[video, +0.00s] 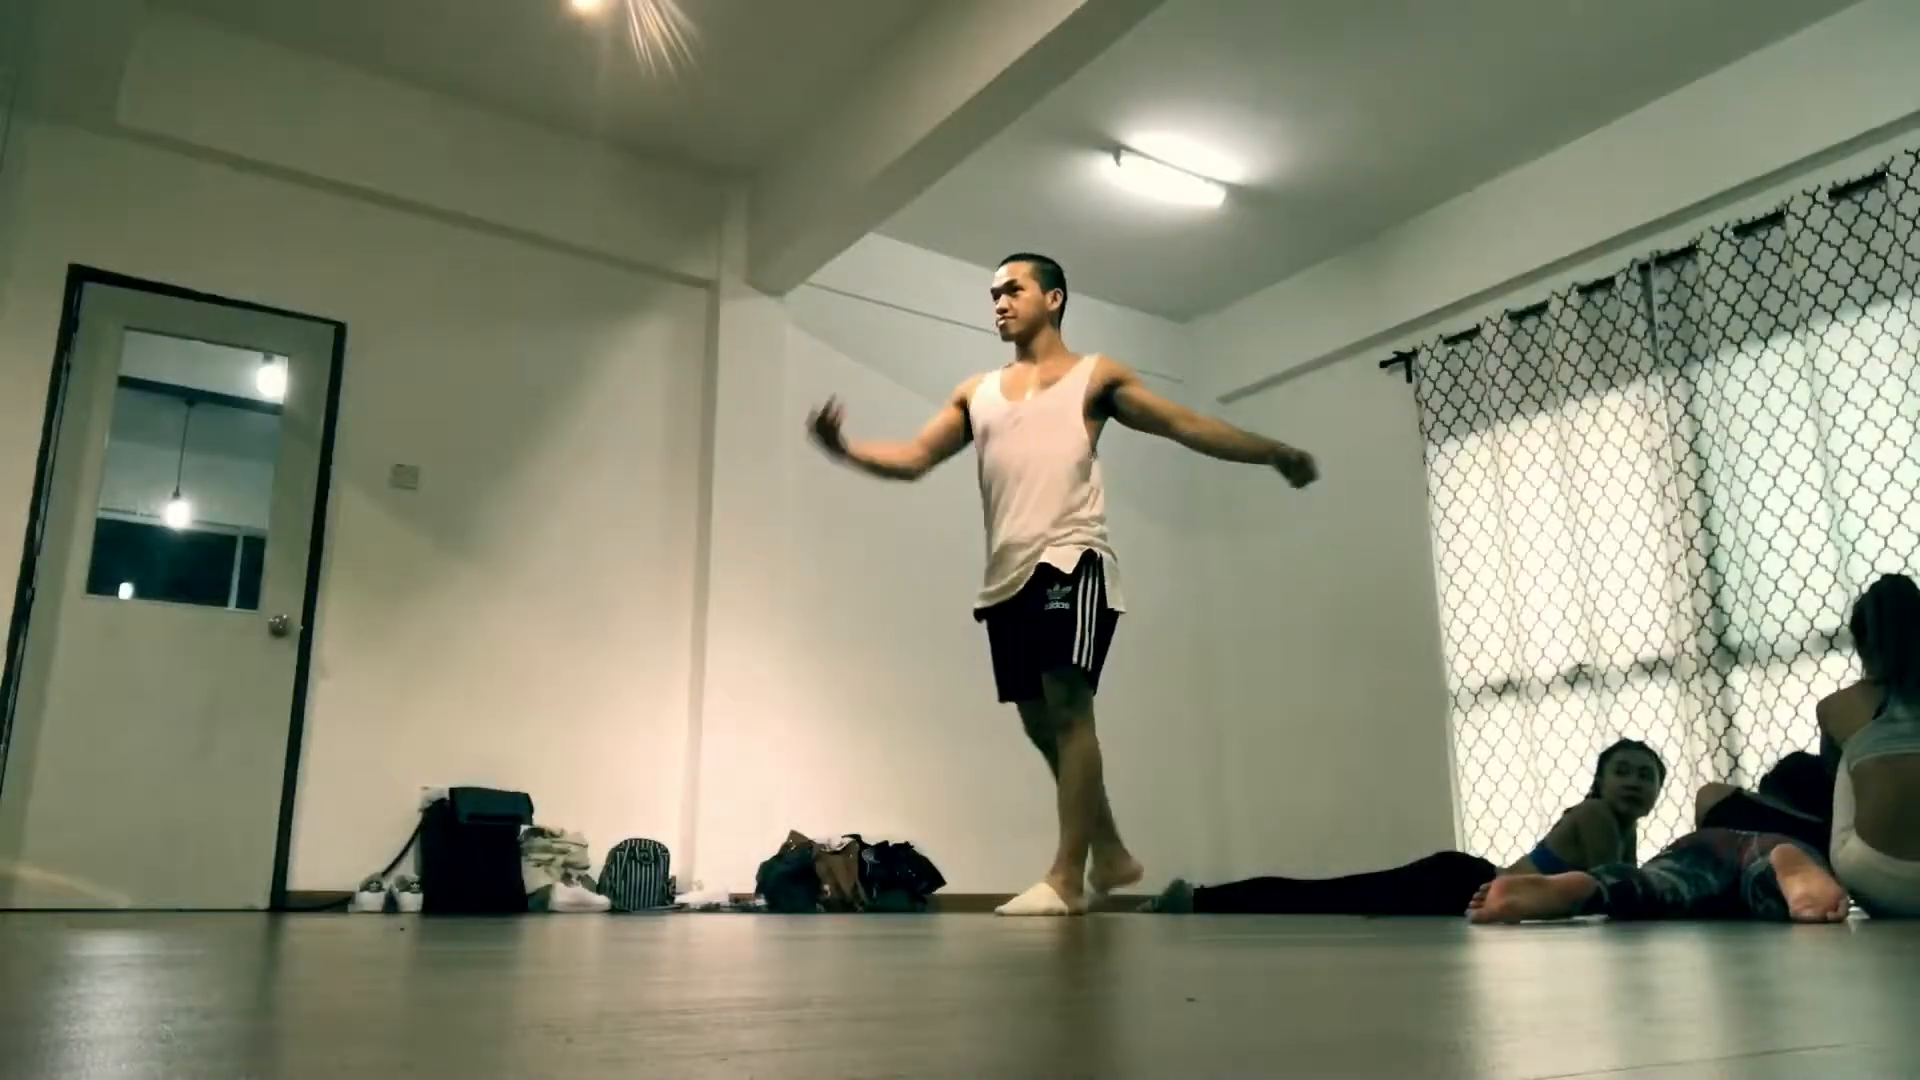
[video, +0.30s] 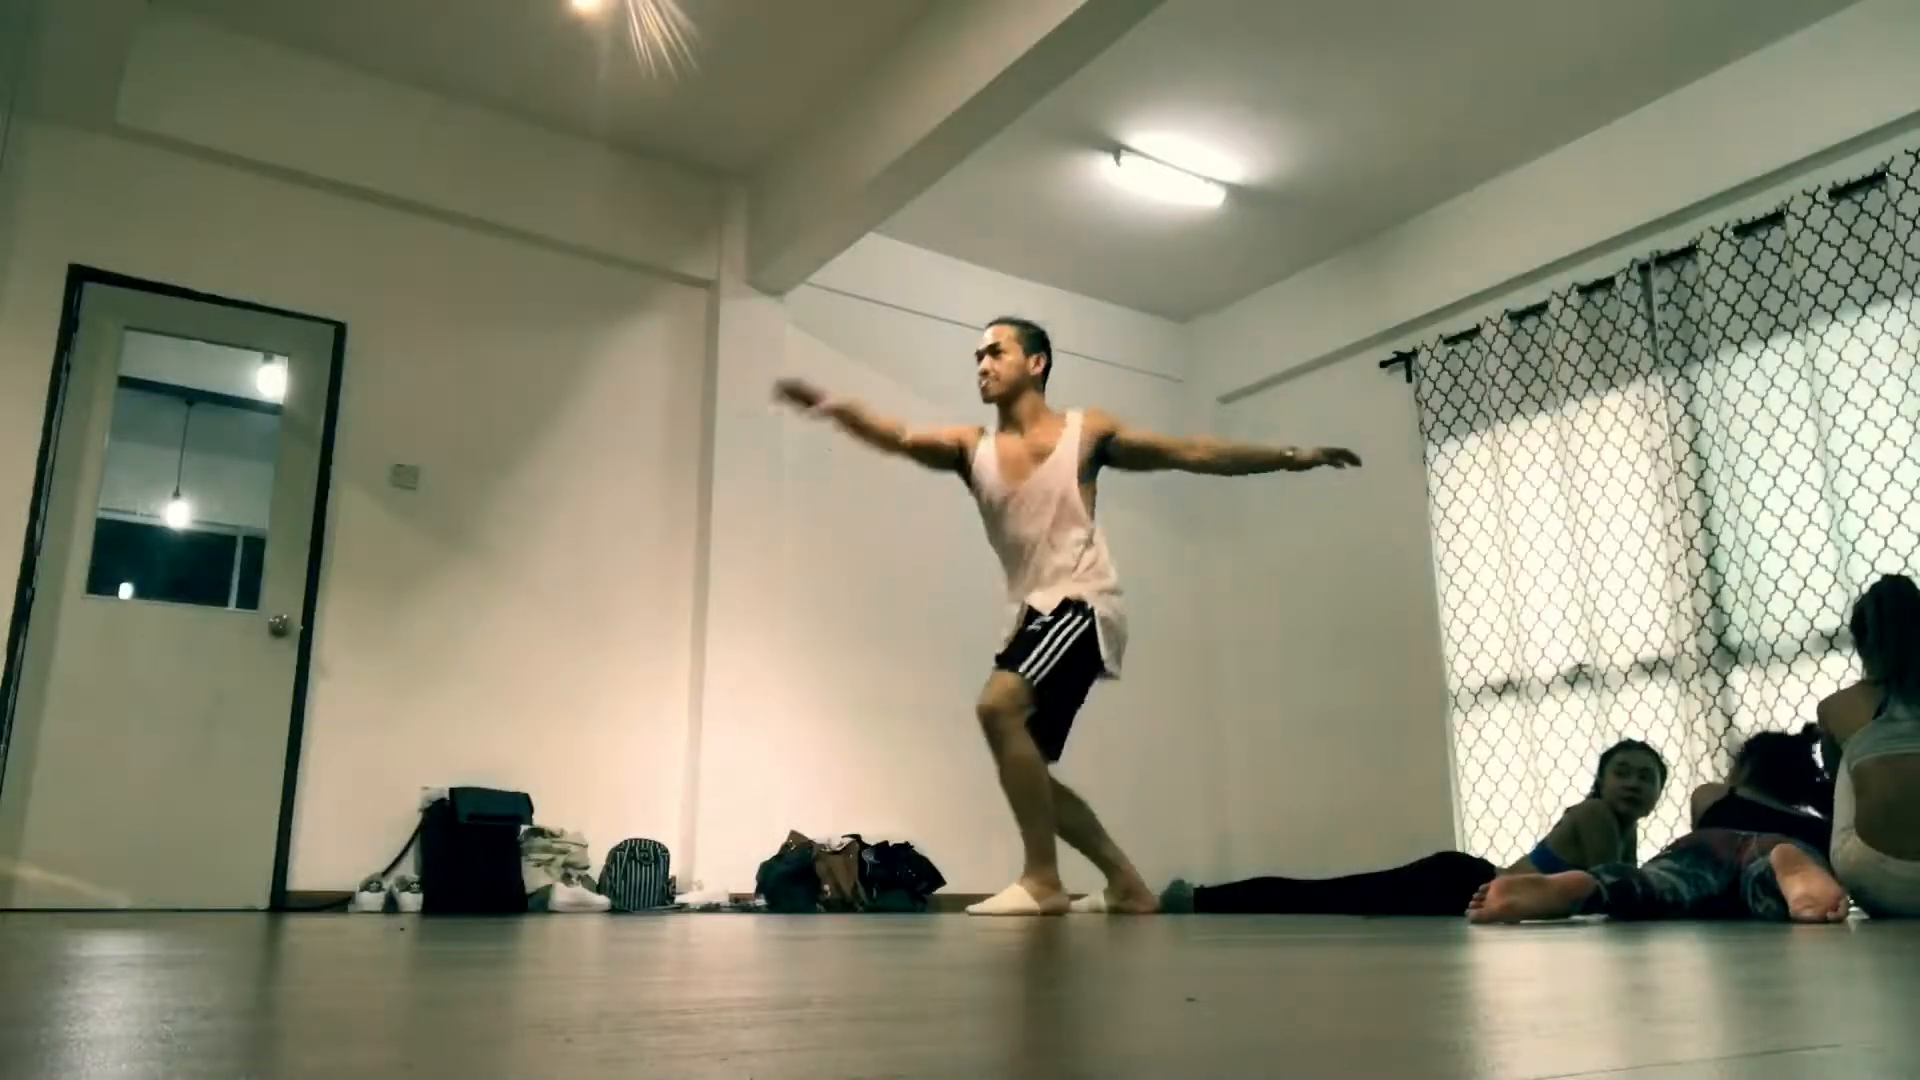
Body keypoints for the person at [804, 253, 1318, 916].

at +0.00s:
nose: (998, 301)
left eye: (1012, 290)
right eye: (995, 294)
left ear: (1054, 300)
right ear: (1001, 311)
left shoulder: (1095, 375)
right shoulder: (977, 392)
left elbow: (1189, 426)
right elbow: (913, 458)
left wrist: (1279, 454)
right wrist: (844, 448)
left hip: (1070, 558)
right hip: (1005, 576)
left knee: (1069, 710)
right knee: (1042, 727)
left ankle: (1066, 881)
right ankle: (1115, 859)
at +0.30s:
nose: (979, 363)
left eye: (993, 353)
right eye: (978, 355)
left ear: (1036, 363)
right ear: (991, 373)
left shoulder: (1083, 429)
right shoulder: (971, 444)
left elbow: (1190, 450)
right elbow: (898, 440)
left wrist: (1290, 457)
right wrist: (831, 410)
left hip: (1080, 603)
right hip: (1033, 614)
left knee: (999, 706)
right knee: (1030, 775)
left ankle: (1043, 879)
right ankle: (1128, 884)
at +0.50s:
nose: (960, 351)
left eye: (974, 340)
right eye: (962, 341)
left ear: (1013, 353)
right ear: (995, 356)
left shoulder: (1024, 411)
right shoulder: (997, 454)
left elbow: (1025, 421)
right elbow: (941, 515)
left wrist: (976, 416)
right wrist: (864, 527)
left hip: (1048, 602)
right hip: (1086, 611)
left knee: (952, 725)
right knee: (1042, 756)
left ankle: (1045, 874)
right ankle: (1129, 885)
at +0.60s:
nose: (953, 321)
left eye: (966, 310)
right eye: (958, 308)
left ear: (1001, 323)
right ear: (1014, 327)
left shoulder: (957, 389)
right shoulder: (1059, 396)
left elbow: (870, 454)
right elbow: (1112, 477)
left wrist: (791, 480)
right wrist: (1092, 530)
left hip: (1009, 579)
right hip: (1086, 578)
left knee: (973, 731)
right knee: (1080, 712)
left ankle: (1033, 866)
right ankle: (1105, 858)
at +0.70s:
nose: (1029, 310)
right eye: (1028, 300)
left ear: (965, 310)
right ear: (1027, 304)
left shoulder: (942, 385)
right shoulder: (1043, 362)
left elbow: (923, 474)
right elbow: (1128, 423)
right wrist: (1180, 471)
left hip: (963, 565)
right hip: (1040, 545)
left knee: (997, 710)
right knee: (1115, 620)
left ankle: (985, 874)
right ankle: (1071, 769)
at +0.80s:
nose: (1014, 272)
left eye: (1024, 264)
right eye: (997, 263)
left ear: (1037, 285)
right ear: (972, 285)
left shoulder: (1037, 376)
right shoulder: (975, 343)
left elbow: (1071, 457)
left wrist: (1149, 455)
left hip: (991, 532)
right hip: (973, 511)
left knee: (989, 695)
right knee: (1109, 529)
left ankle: (942, 862)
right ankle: (1056, 669)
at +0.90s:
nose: (970, 272)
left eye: (984, 258)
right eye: (966, 263)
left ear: (1026, 268)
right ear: (969, 280)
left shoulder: (1073, 348)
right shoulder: (951, 349)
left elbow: (1137, 413)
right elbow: (876, 420)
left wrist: (1125, 379)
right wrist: (911, 382)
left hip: (1029, 537)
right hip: (957, 522)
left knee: (997, 697)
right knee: (929, 480)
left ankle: (975, 871)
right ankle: (1037, 639)